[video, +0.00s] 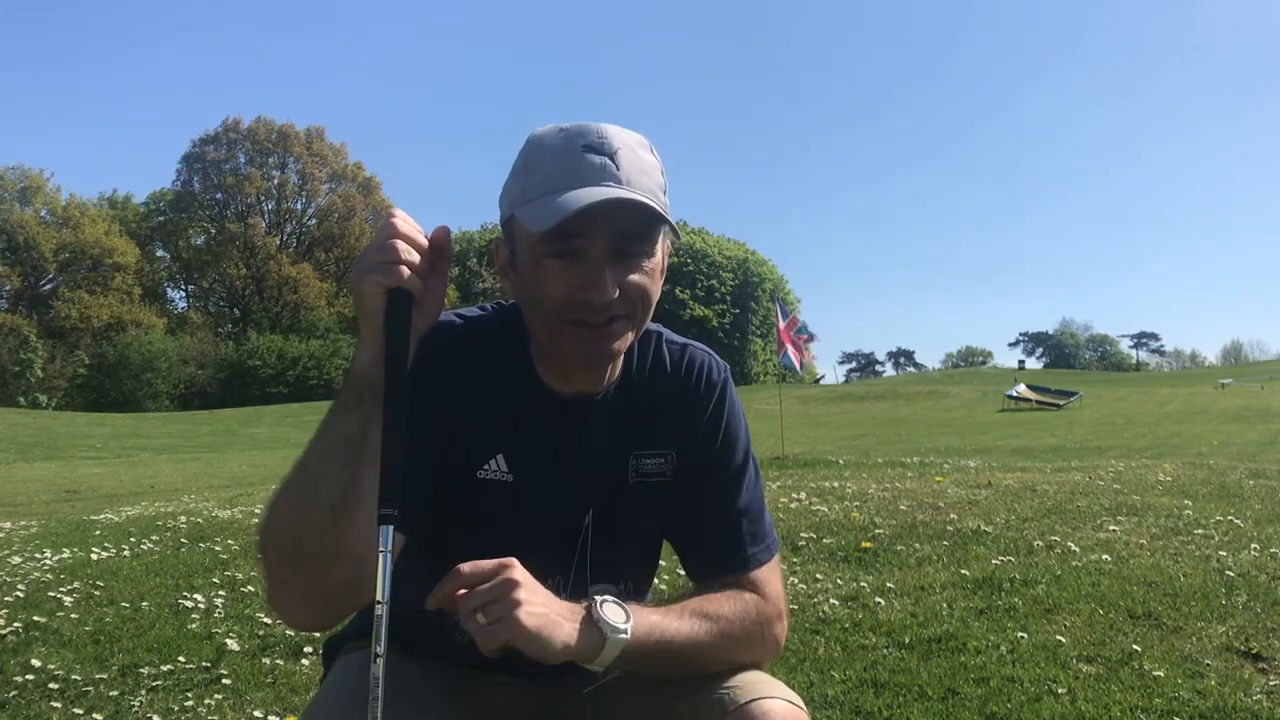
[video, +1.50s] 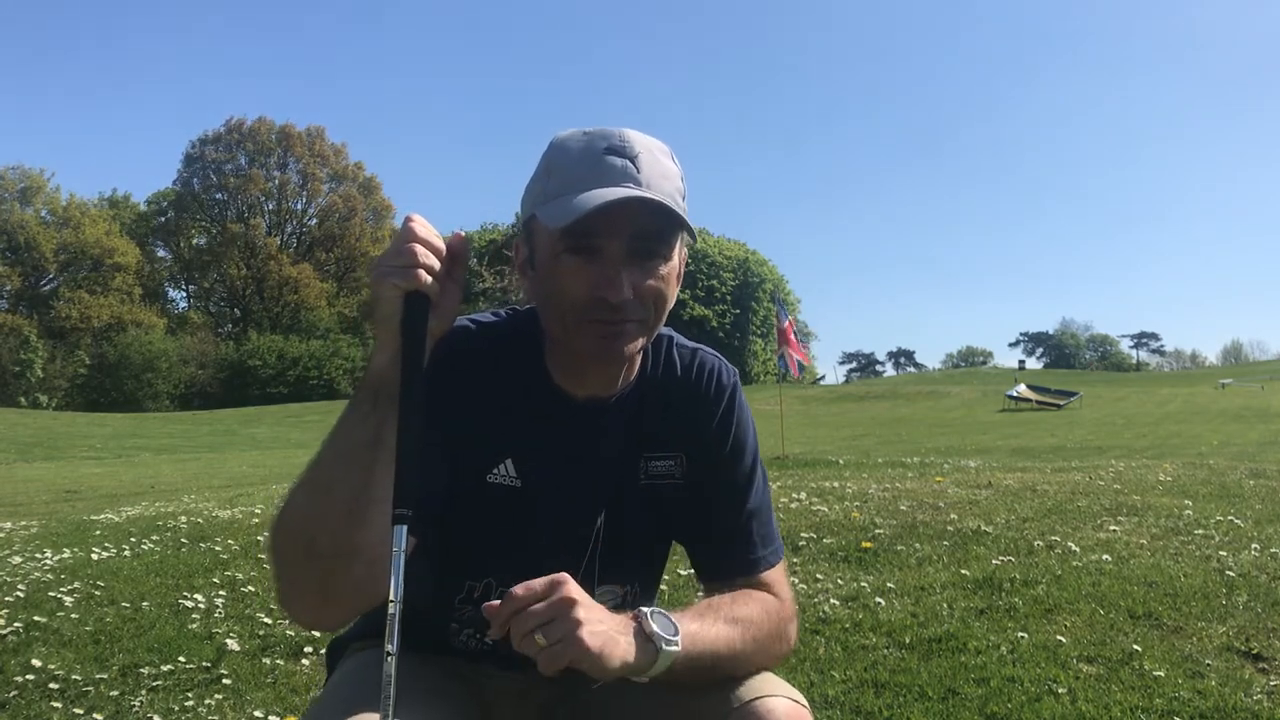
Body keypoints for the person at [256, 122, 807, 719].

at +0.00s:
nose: (602, 289)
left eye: (630, 252)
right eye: (565, 251)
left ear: (663, 264)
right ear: (504, 262)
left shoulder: (691, 384)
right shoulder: (436, 361)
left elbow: (759, 620)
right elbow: (303, 601)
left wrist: (585, 627)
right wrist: (376, 361)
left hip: (604, 671)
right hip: (434, 663)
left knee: (772, 710)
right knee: (352, 700)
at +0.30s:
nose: (601, 287)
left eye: (630, 250)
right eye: (564, 249)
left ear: (663, 265)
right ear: (504, 262)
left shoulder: (692, 385)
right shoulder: (436, 363)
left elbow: (760, 618)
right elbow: (304, 601)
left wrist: (603, 634)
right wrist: (379, 362)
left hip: (607, 670)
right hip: (434, 663)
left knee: (776, 710)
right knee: (355, 698)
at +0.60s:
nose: (603, 289)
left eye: (633, 252)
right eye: (568, 252)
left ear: (665, 265)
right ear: (509, 262)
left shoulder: (692, 386)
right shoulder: (439, 364)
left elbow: (761, 614)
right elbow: (311, 601)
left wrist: (614, 632)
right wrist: (382, 364)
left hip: (603, 671)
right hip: (433, 664)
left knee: (773, 707)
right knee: (355, 700)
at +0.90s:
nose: (605, 289)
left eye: (634, 252)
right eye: (569, 251)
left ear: (666, 265)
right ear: (509, 261)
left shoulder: (692, 386)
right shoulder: (441, 364)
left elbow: (762, 611)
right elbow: (316, 601)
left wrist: (625, 631)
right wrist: (388, 364)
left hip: (604, 671)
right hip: (436, 663)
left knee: (776, 707)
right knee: (358, 700)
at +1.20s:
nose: (615, 295)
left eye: (643, 257)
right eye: (579, 257)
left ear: (675, 270)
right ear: (519, 267)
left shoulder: (700, 392)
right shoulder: (449, 365)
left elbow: (766, 611)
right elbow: (316, 601)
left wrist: (699, 622)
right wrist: (391, 365)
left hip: (618, 661)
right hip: (437, 663)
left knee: (774, 709)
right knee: (354, 710)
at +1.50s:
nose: (617, 289)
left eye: (647, 251)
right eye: (584, 248)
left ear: (679, 268)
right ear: (525, 259)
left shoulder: (701, 390)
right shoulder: (451, 364)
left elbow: (769, 615)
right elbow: (314, 600)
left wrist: (636, 637)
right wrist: (388, 364)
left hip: (608, 672)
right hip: (436, 665)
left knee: (777, 708)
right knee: (357, 707)